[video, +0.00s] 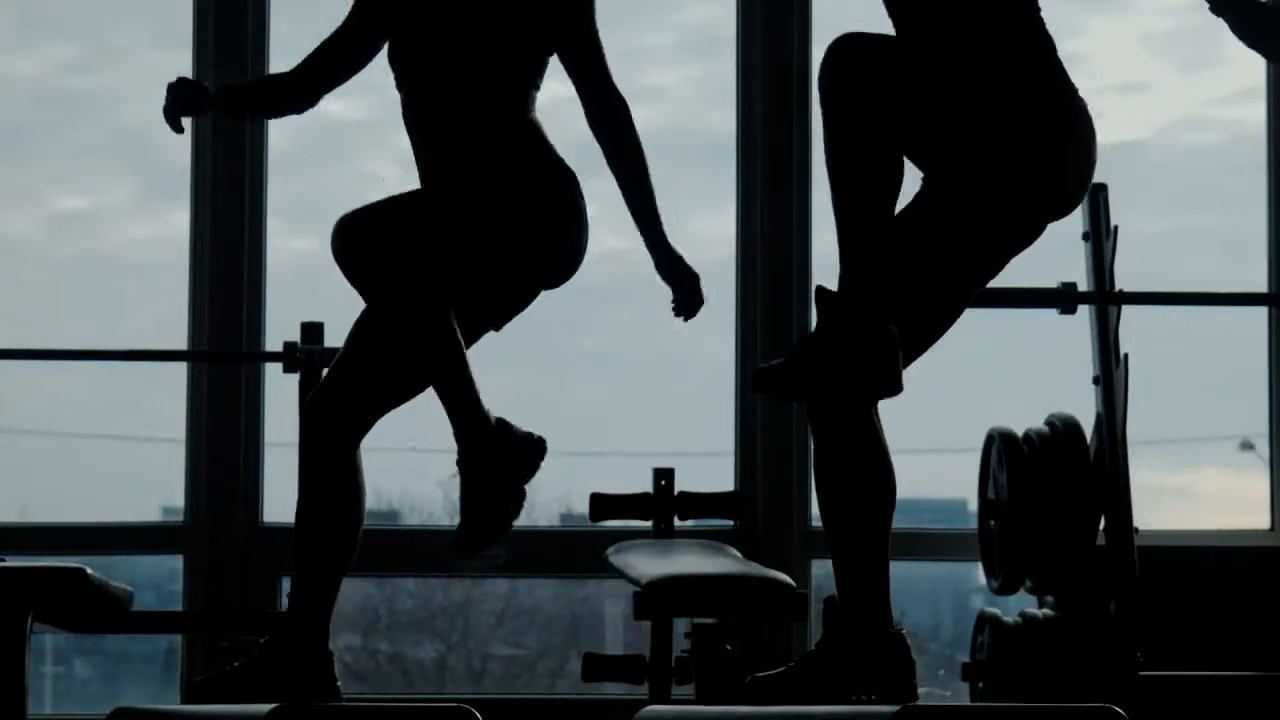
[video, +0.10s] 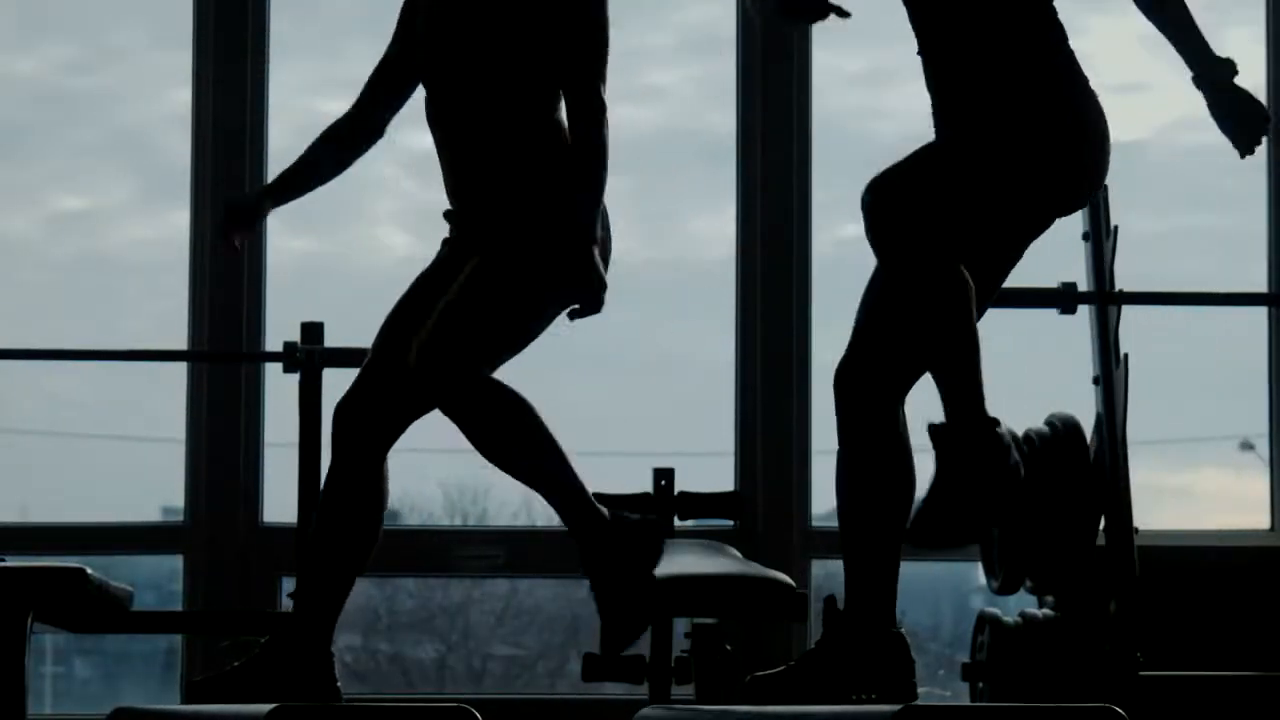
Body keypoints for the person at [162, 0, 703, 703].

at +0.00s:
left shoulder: (549, 0)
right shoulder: (395, 0)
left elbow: (606, 111)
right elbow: (303, 86)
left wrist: (659, 245)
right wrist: (211, 99)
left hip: (541, 209)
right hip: (463, 220)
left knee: (365, 236)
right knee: (331, 415)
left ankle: (485, 442)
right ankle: (304, 647)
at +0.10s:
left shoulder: (573, 0)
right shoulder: (432, 6)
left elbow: (588, 116)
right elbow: (366, 120)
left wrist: (585, 244)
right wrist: (265, 198)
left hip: (550, 238)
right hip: (471, 238)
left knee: (450, 370)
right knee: (360, 424)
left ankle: (604, 542)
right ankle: (307, 648)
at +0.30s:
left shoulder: (651, 34)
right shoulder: (583, 52)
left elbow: (588, 152)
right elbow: (555, 211)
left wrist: (455, 152)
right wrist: (506, 314)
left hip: (640, 299)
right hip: (567, 303)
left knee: (701, 514)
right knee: (410, 444)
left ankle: (818, 681)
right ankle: (307, 652)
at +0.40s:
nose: (601, 2)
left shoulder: (700, 75)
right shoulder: (663, 71)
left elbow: (610, 171)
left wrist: (472, 131)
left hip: (713, 350)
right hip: (649, 344)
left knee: (775, 566)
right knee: (465, 455)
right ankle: (329, 648)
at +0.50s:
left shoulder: (719, 58)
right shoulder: (694, 55)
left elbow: (643, 176)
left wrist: (510, 148)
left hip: (735, 338)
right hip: (699, 333)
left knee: (783, 558)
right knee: (504, 445)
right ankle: (386, 648)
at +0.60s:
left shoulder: (725, 41)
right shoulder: (698, 32)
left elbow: (665, 176)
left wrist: (533, 202)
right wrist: (869, 38)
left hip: (757, 316)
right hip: (689, 312)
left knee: (797, 532)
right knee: (523, 444)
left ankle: (906, 707)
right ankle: (510, 670)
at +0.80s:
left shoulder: (717, 64)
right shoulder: (664, 67)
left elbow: (701, 215)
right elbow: (671, 211)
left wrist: (648, 313)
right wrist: (638, 310)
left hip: (724, 338)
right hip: (664, 339)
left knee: (774, 541)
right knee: (633, 554)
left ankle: (889, 705)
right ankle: (732, 718)